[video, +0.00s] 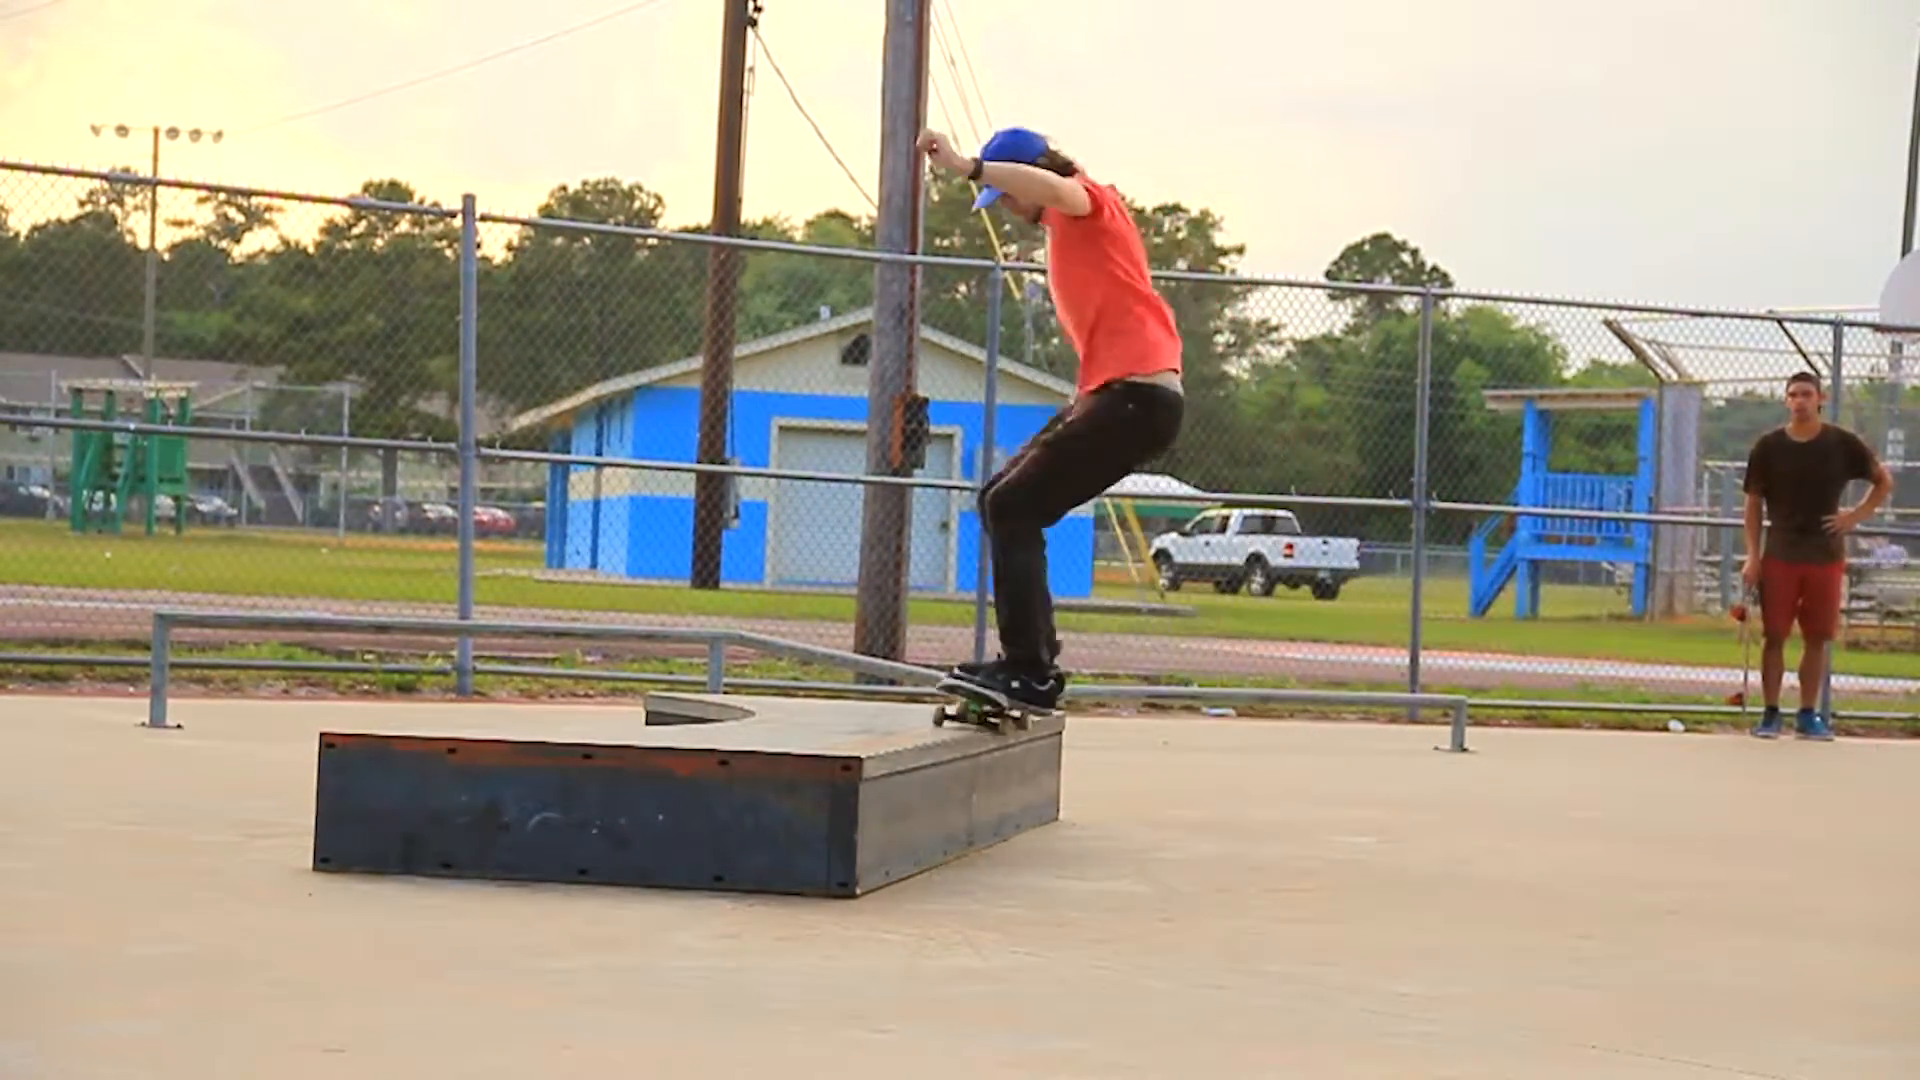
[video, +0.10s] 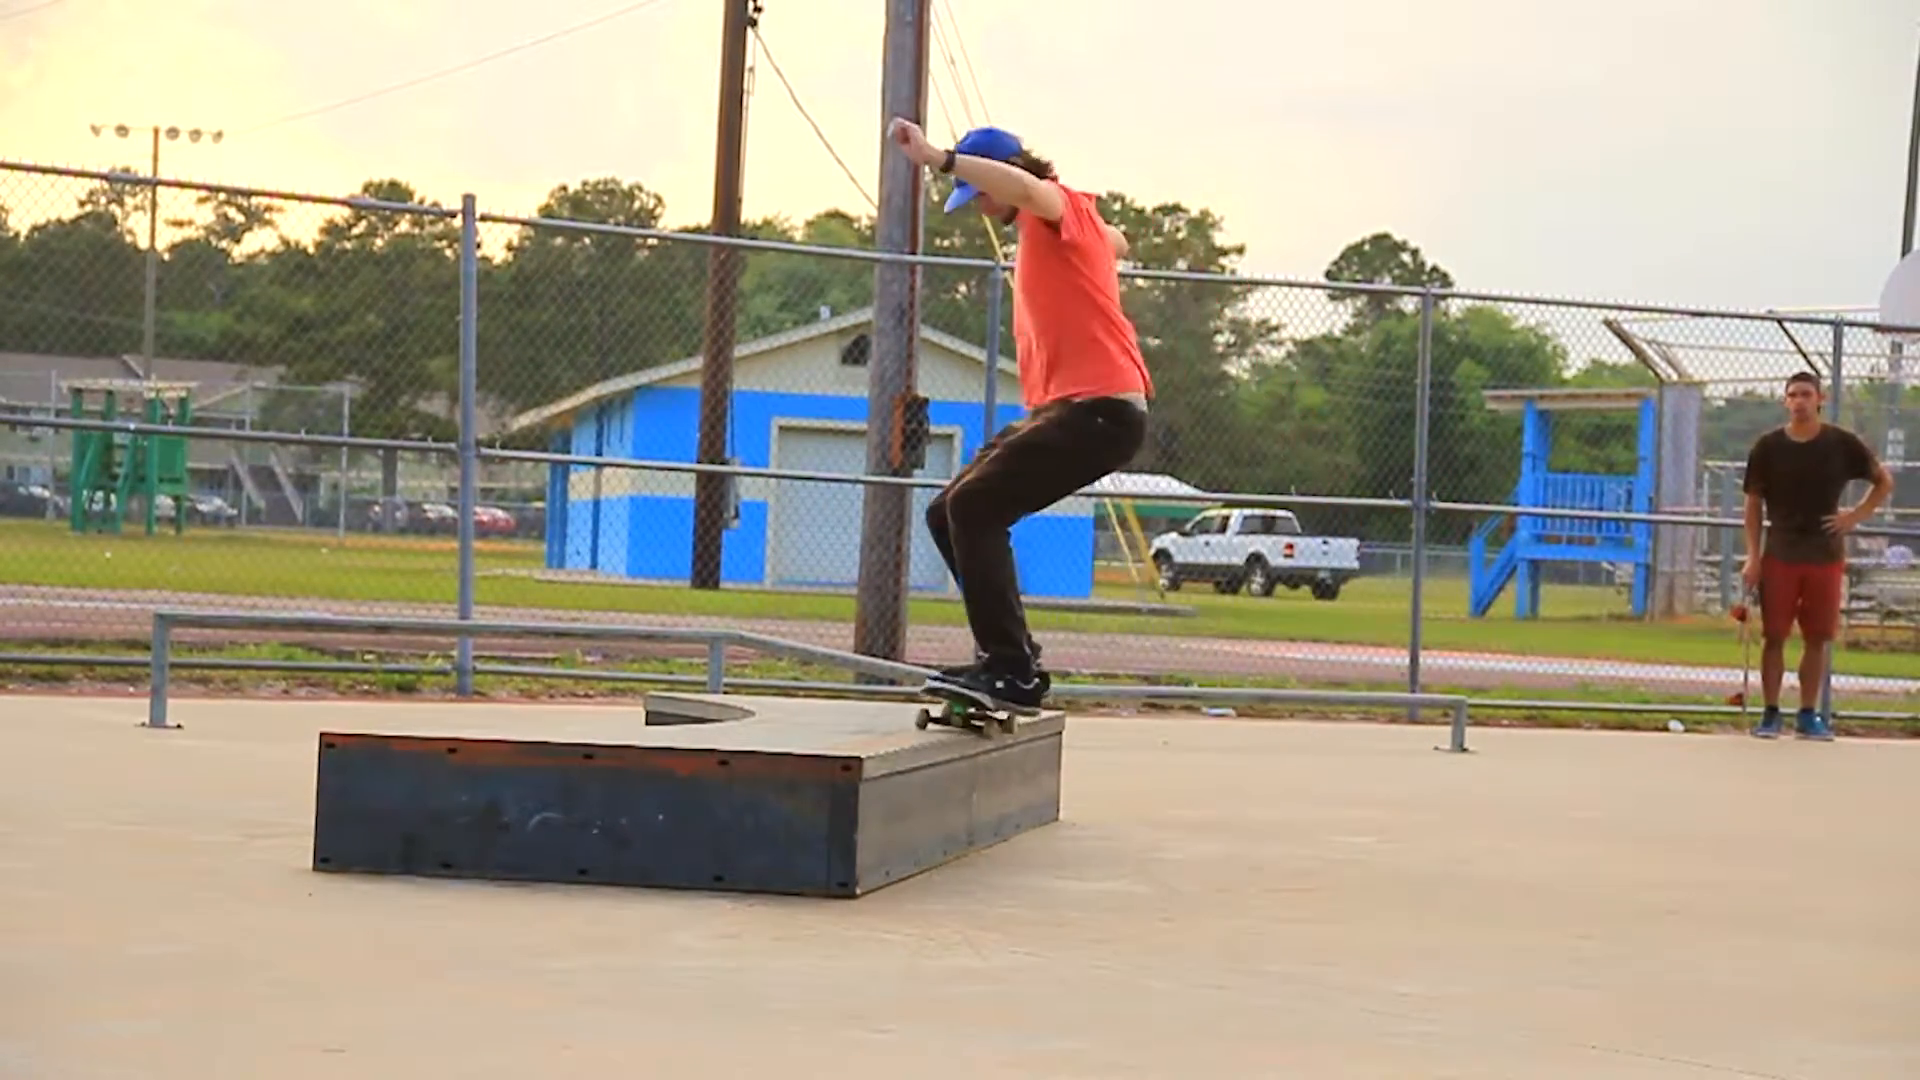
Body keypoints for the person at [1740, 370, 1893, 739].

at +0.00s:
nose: (1799, 402)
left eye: (1805, 395)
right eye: (1793, 395)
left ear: (1820, 399)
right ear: (1786, 401)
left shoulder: (1843, 443)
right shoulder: (1767, 447)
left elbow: (1884, 481)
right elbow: (1753, 503)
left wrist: (1856, 515)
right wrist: (1752, 554)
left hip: (1824, 556)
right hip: (1779, 553)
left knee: (1817, 639)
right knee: (1774, 637)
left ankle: (1808, 714)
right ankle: (1770, 713)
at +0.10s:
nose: (1798, 402)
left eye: (1805, 395)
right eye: (1793, 396)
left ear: (1820, 399)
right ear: (1784, 401)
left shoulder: (1842, 444)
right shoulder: (1766, 447)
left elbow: (1885, 481)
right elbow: (1752, 503)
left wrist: (1856, 515)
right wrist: (1752, 555)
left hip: (1824, 555)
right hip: (1779, 553)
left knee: (1817, 639)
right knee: (1773, 637)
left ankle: (1807, 714)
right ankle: (1770, 712)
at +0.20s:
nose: (1798, 402)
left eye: (1805, 395)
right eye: (1793, 396)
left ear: (1820, 400)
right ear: (1785, 401)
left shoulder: (1842, 444)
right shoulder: (1766, 447)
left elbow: (1884, 481)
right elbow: (1753, 503)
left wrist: (1856, 515)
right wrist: (1753, 554)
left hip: (1823, 556)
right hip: (1779, 554)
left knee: (1817, 640)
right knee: (1773, 638)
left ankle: (1808, 715)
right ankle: (1770, 713)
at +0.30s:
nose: (1798, 402)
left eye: (1805, 396)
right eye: (1793, 396)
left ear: (1819, 400)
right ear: (1784, 401)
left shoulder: (1842, 444)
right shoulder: (1766, 447)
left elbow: (1884, 481)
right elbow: (1752, 504)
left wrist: (1855, 514)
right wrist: (1754, 555)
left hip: (1823, 556)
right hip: (1779, 553)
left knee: (1816, 640)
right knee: (1773, 638)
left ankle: (1807, 715)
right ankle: (1770, 712)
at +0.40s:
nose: (1799, 402)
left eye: (1805, 396)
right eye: (1793, 396)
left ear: (1819, 400)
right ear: (1784, 401)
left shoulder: (1842, 444)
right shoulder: (1765, 448)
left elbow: (1883, 480)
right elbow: (1752, 504)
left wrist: (1854, 514)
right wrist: (1755, 555)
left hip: (1823, 555)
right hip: (1779, 553)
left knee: (1816, 640)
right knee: (1774, 638)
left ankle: (1807, 714)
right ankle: (1770, 712)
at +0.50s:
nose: (1798, 402)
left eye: (1805, 396)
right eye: (1792, 396)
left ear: (1818, 400)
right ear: (1783, 401)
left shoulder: (1841, 443)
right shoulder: (1765, 448)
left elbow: (1883, 481)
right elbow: (1752, 504)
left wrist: (1854, 514)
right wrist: (1754, 555)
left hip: (1823, 555)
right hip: (1778, 553)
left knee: (1816, 640)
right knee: (1774, 638)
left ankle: (1807, 714)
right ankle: (1770, 712)